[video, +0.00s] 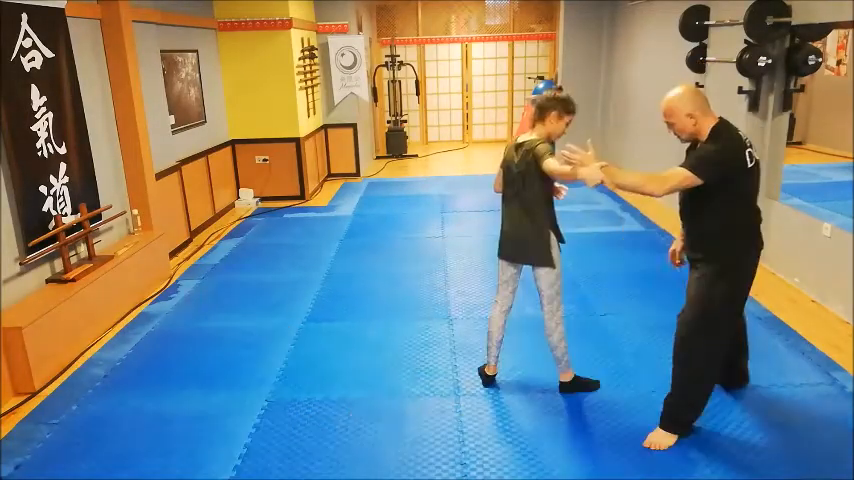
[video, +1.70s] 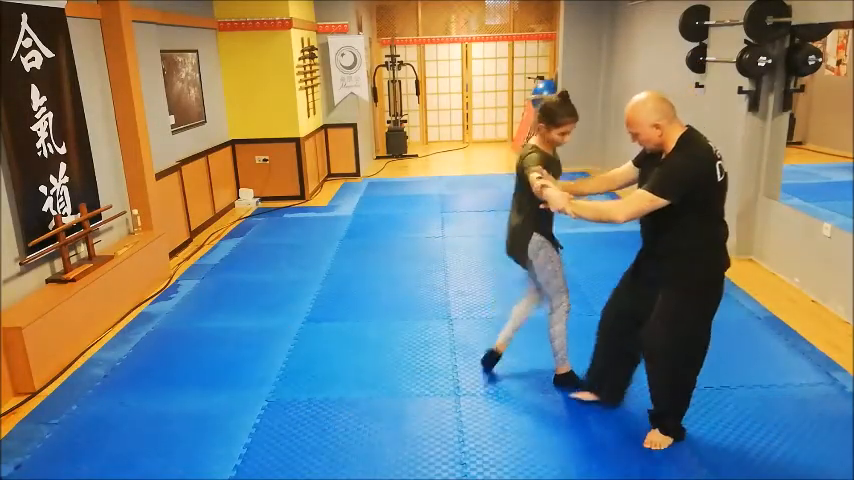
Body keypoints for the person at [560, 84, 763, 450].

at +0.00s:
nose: (671, 131)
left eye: (672, 124)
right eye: (669, 125)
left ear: (693, 116)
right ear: (695, 116)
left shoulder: (719, 151)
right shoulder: (721, 136)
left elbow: (657, 186)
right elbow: (713, 198)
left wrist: (603, 173)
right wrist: (688, 237)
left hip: (724, 258)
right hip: (728, 247)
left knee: (694, 332)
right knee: (726, 313)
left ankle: (676, 422)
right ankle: (732, 372)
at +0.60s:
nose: (669, 133)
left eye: (670, 125)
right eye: (667, 126)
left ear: (690, 117)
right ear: (691, 117)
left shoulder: (717, 150)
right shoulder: (717, 138)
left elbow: (658, 188)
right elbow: (688, 200)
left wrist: (603, 177)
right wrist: (646, 223)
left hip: (722, 258)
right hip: (719, 249)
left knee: (693, 331)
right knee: (726, 313)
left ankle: (676, 422)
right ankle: (733, 373)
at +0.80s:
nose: (668, 133)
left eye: (671, 126)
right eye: (666, 127)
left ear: (692, 118)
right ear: (692, 119)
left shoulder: (720, 151)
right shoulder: (701, 143)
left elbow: (660, 190)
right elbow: (666, 189)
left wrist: (602, 175)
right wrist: (618, 198)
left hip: (723, 259)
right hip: (711, 251)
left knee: (691, 330)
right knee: (723, 311)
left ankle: (673, 421)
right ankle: (732, 372)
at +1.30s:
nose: (651, 139)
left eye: (654, 132)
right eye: (649, 132)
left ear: (677, 124)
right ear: (676, 123)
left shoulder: (708, 156)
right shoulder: (679, 149)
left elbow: (646, 201)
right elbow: (627, 172)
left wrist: (588, 191)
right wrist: (579, 170)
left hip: (713, 271)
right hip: (683, 264)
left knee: (675, 341)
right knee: (685, 326)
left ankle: (668, 424)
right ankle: (718, 370)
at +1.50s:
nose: (643, 139)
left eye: (646, 132)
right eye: (641, 133)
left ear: (669, 125)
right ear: (668, 124)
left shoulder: (700, 158)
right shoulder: (673, 148)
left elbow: (632, 205)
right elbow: (619, 174)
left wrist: (576, 196)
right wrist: (567, 175)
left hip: (705, 273)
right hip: (670, 260)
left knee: (674, 344)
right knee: (642, 317)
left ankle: (669, 425)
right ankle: (667, 379)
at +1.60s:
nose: (638, 138)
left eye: (641, 132)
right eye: (636, 132)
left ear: (665, 125)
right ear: (664, 124)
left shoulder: (694, 159)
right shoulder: (668, 148)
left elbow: (628, 208)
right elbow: (616, 175)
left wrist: (572, 200)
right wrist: (564, 178)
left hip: (700, 273)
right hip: (664, 261)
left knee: (671, 342)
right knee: (630, 317)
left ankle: (669, 425)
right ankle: (639, 385)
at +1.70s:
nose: (632, 139)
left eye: (635, 132)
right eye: (631, 133)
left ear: (659, 125)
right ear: (658, 125)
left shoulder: (688, 161)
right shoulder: (661, 150)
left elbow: (623, 211)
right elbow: (612, 179)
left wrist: (569, 205)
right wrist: (563, 188)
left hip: (695, 271)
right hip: (657, 259)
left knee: (667, 342)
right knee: (619, 318)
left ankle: (668, 425)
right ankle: (605, 389)